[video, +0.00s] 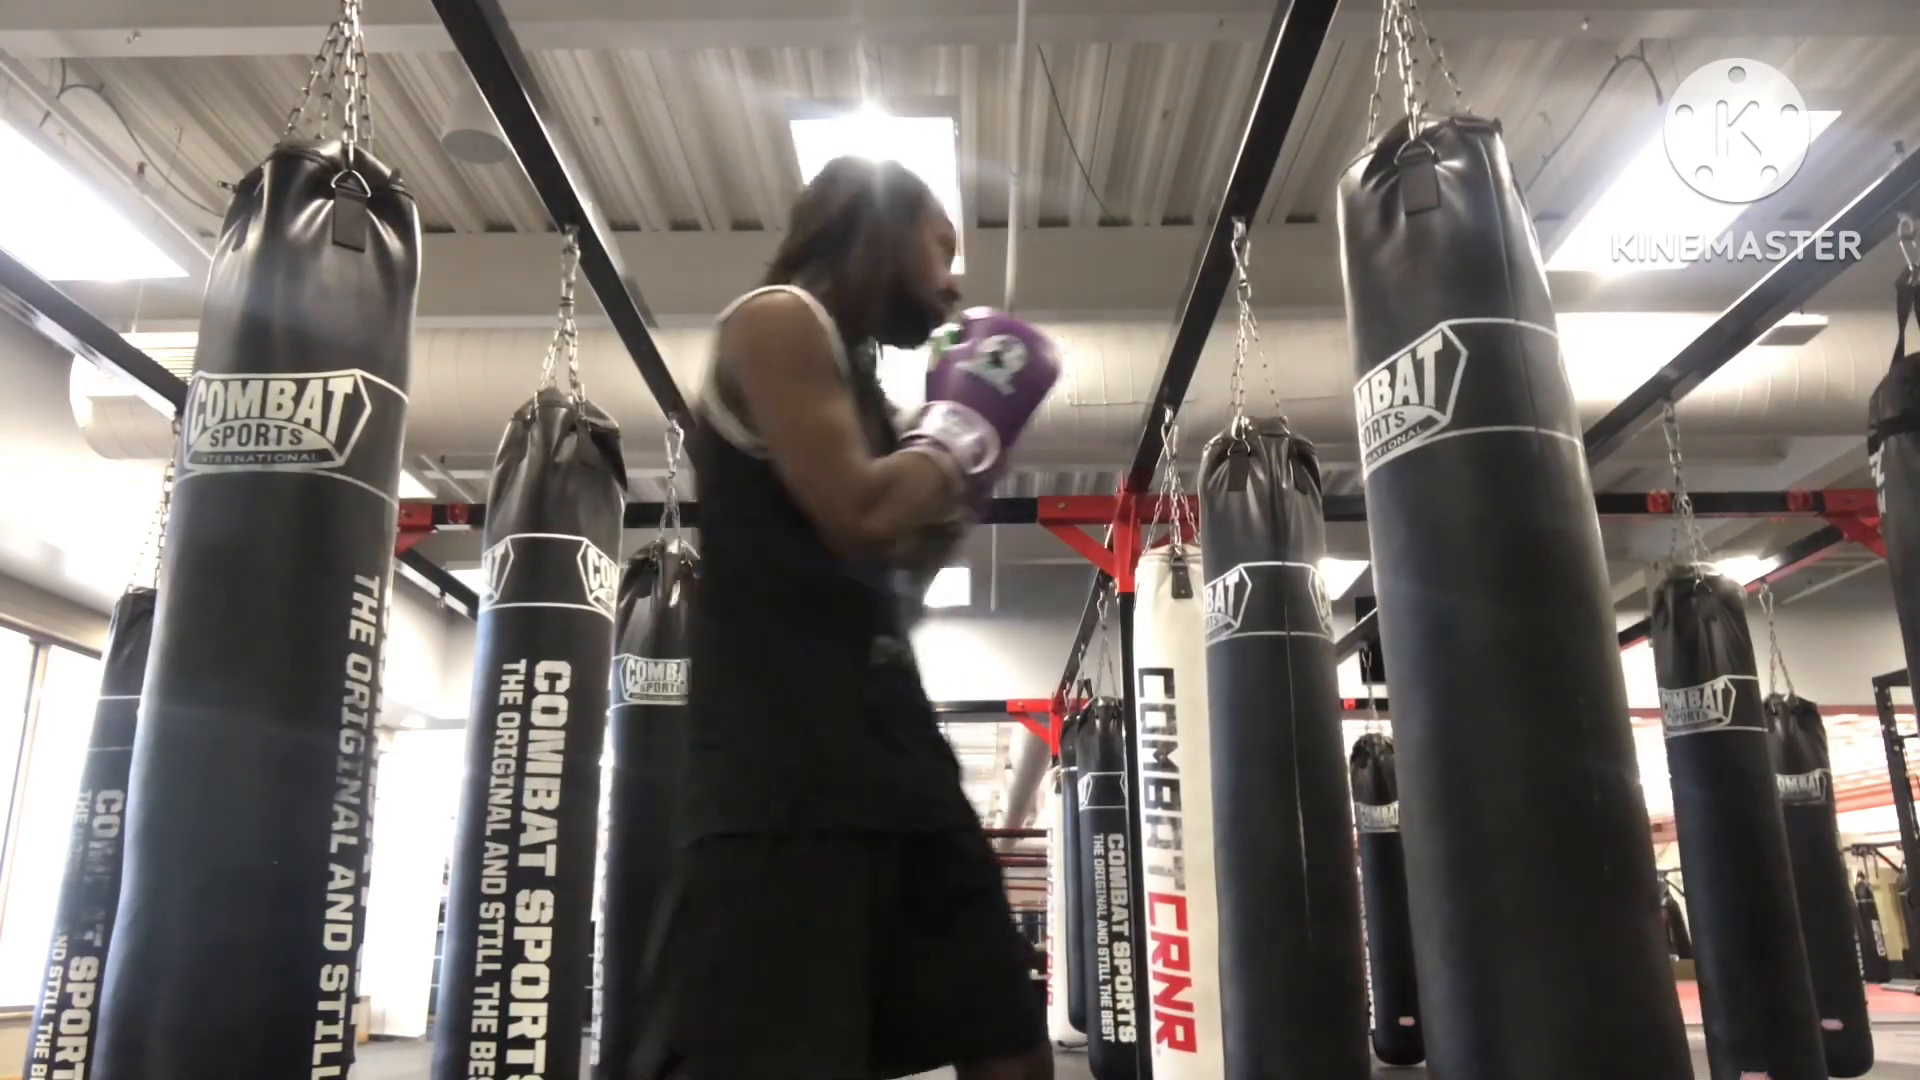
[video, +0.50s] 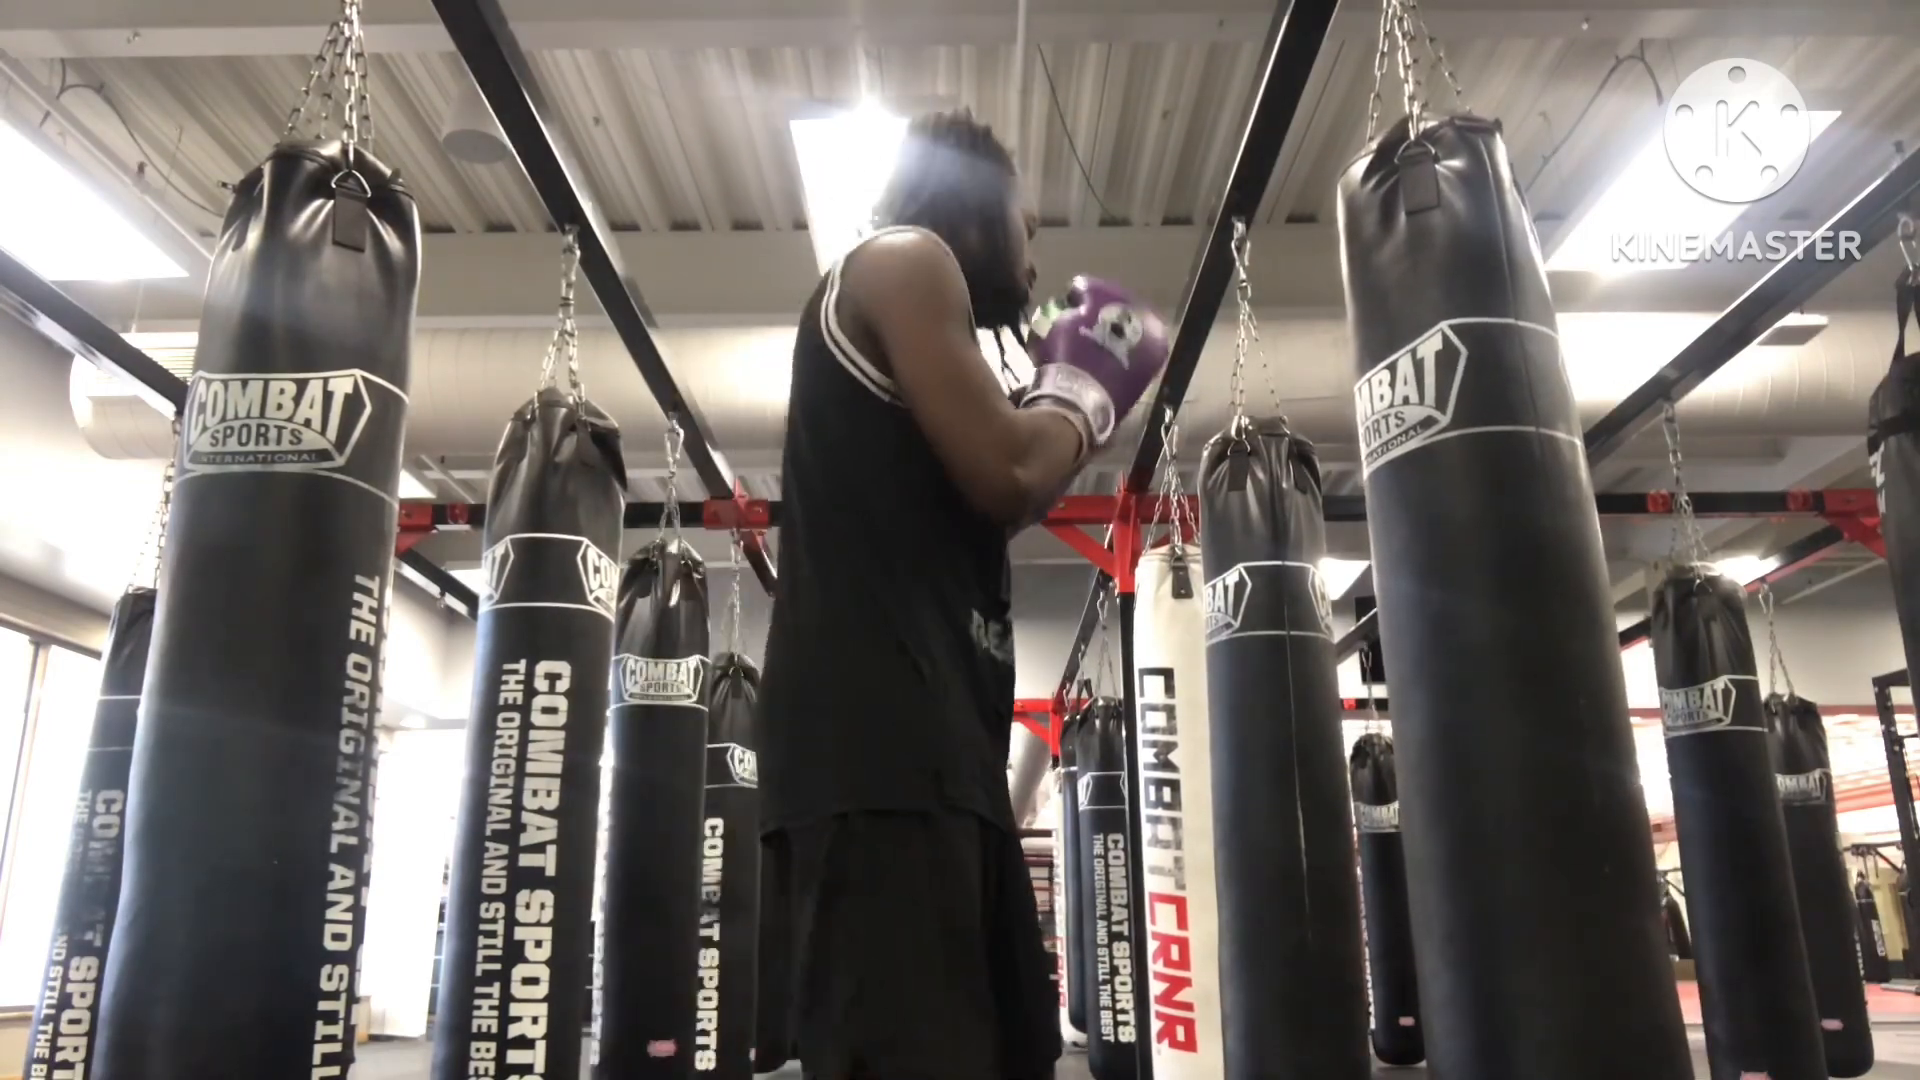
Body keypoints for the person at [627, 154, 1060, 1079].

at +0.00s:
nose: (954, 278)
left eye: (954, 253)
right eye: (942, 248)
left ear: (879, 245)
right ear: (878, 237)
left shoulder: (849, 373)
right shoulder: (776, 318)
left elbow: (912, 555)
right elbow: (860, 513)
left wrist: (964, 451)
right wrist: (960, 420)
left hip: (872, 734)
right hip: (790, 738)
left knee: (1003, 1031)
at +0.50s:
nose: (1029, 235)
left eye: (1027, 213)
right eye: (1019, 207)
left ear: (922, 192)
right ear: (974, 196)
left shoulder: (885, 288)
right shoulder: (904, 260)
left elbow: (1000, 485)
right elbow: (1004, 479)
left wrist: (1071, 395)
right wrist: (1078, 392)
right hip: (888, 753)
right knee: (923, 1035)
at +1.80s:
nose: (1056, 200)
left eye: (1050, 174)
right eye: (1047, 172)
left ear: (915, 187)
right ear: (1017, 172)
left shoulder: (871, 350)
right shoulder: (988, 268)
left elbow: (1001, 543)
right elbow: (1160, 452)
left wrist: (1165, 471)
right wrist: (1235, 429)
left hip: (863, 796)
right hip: (944, 797)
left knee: (1102, 1045)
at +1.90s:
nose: (1076, 210)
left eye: (1070, 182)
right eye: (1068, 180)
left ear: (946, 184)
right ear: (1030, 181)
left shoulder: (929, 312)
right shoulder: (997, 279)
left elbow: (1088, 481)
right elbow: (1138, 485)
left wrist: (1199, 424)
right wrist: (1255, 442)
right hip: (933, 779)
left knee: (1124, 1031)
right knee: (980, 1055)